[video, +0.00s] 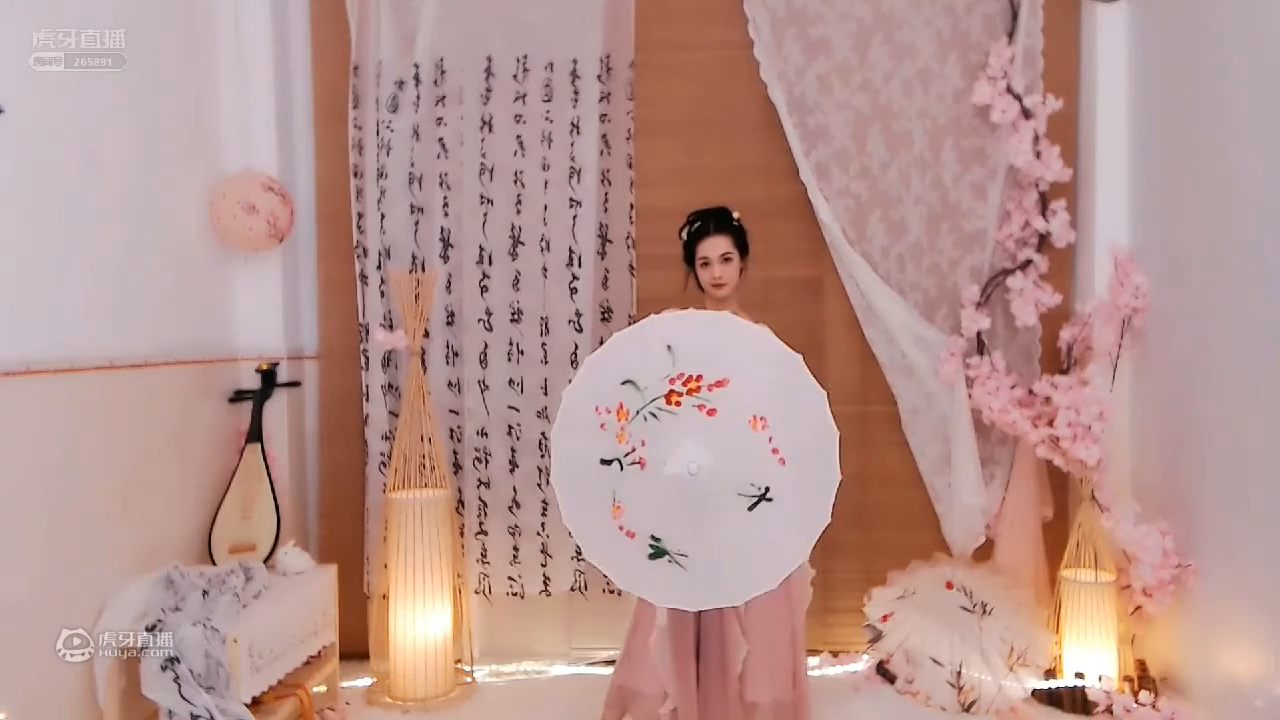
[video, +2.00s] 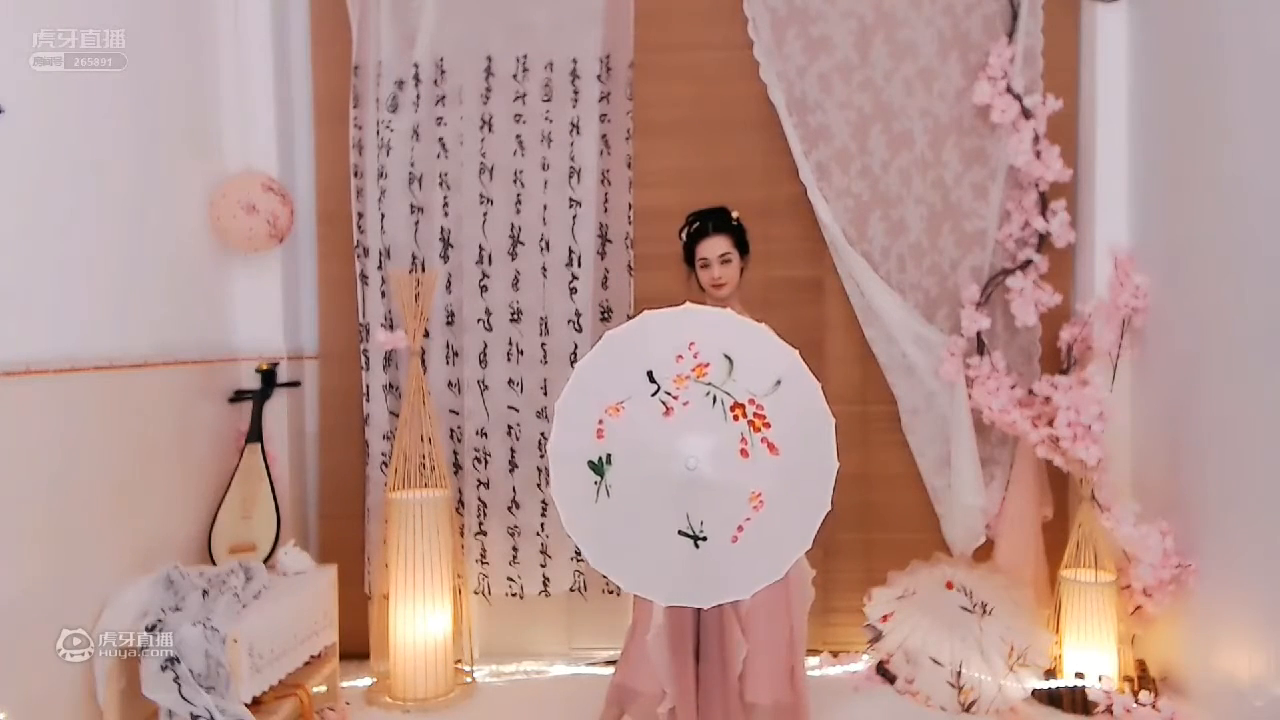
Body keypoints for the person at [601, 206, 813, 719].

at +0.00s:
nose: (716, 272)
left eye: (726, 259)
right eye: (705, 262)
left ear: (742, 264)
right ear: (692, 268)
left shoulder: (759, 338)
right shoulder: (671, 333)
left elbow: (783, 427)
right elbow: (644, 417)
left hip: (744, 490)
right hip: (682, 487)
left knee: (743, 606)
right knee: (679, 605)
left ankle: (743, 710)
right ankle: (676, 710)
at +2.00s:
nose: (715, 273)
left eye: (725, 260)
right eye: (704, 263)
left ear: (742, 263)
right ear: (692, 268)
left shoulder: (760, 338)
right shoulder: (668, 334)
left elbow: (786, 429)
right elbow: (645, 421)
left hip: (745, 493)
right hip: (678, 491)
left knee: (743, 610)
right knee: (678, 610)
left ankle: (743, 709)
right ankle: (676, 710)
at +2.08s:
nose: (715, 272)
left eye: (725, 259)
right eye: (704, 262)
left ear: (742, 262)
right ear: (692, 268)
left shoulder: (761, 339)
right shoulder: (668, 335)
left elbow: (788, 430)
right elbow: (643, 423)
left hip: (745, 494)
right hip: (677, 492)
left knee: (743, 611)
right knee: (677, 612)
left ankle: (743, 710)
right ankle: (675, 710)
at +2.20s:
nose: (715, 272)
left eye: (724, 259)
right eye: (704, 262)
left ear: (742, 262)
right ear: (692, 268)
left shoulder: (760, 337)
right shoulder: (671, 332)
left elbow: (786, 426)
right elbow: (646, 417)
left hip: (745, 489)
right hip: (679, 486)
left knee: (743, 605)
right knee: (679, 605)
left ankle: (743, 709)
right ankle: (676, 709)